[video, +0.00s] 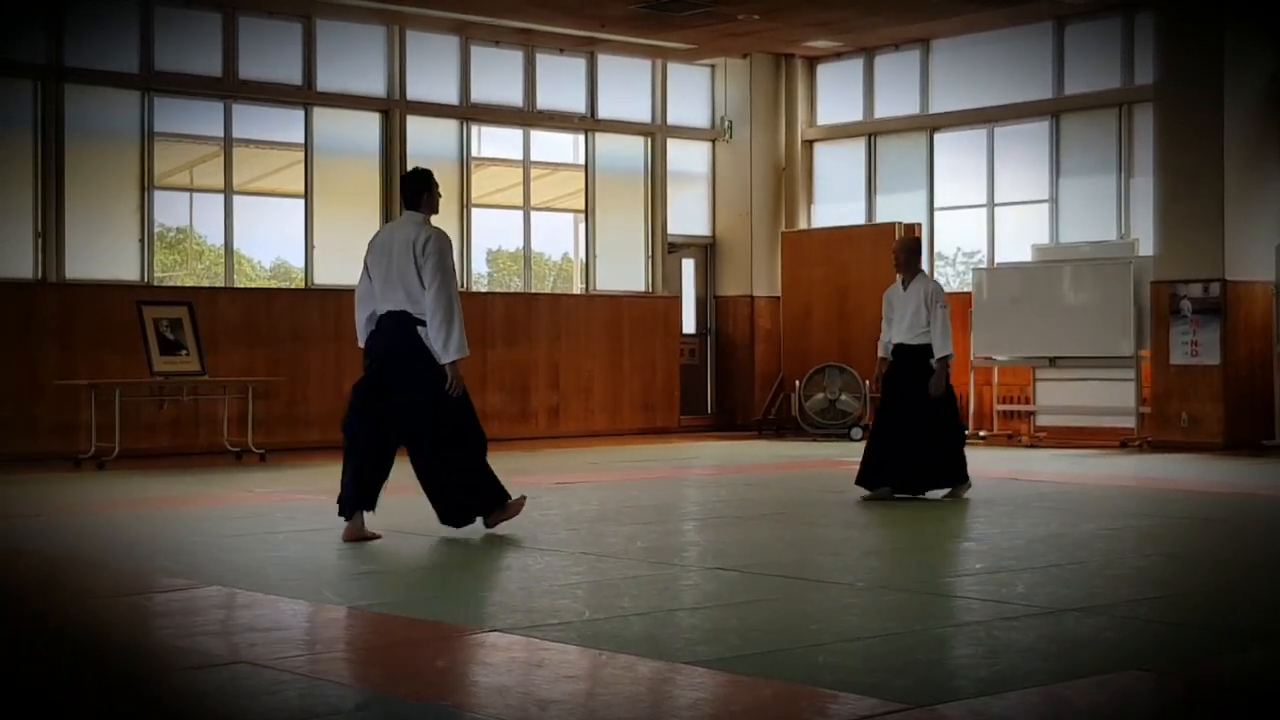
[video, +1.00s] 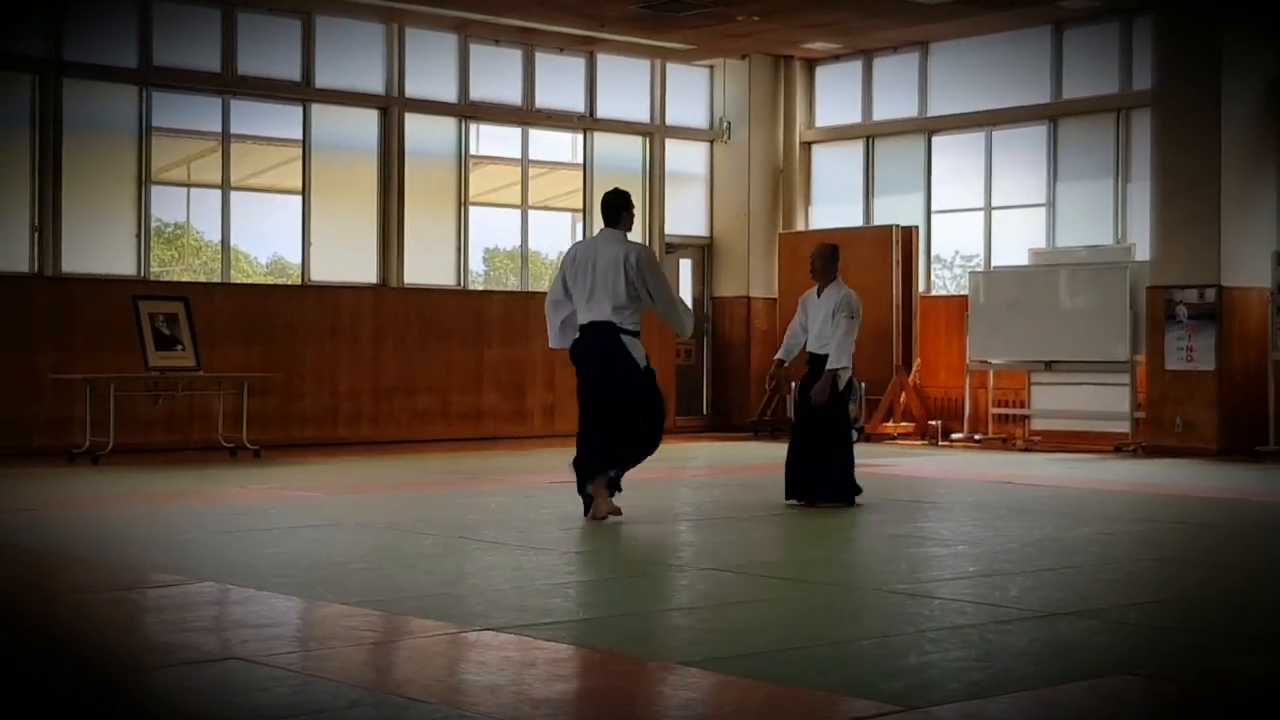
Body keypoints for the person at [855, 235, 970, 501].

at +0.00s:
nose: (895, 259)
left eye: (900, 254)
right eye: (894, 254)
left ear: (915, 257)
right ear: (895, 258)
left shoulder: (931, 289)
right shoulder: (890, 293)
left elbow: (941, 330)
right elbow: (886, 330)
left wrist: (941, 369)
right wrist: (881, 363)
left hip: (925, 359)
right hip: (898, 360)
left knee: (939, 421)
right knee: (890, 421)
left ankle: (959, 479)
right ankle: (884, 484)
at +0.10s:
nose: (881, 257)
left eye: (885, 252)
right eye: (880, 252)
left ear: (901, 255)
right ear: (884, 256)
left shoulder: (919, 287)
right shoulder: (877, 292)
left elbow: (927, 330)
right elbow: (870, 330)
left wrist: (926, 369)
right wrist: (866, 366)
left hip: (909, 358)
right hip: (882, 359)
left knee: (917, 421)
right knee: (881, 422)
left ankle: (949, 469)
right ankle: (882, 487)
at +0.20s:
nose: (870, 255)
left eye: (875, 251)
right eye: (869, 251)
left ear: (890, 253)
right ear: (873, 255)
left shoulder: (908, 284)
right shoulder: (866, 289)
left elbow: (915, 326)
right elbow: (858, 327)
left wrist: (911, 367)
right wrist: (852, 365)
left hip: (897, 354)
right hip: (873, 355)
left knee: (896, 416)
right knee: (872, 418)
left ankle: (926, 467)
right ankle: (880, 485)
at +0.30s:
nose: (860, 254)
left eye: (865, 249)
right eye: (860, 249)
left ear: (881, 252)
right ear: (864, 253)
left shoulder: (898, 285)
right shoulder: (858, 289)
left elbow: (905, 326)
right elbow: (848, 327)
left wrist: (900, 364)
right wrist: (836, 367)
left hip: (888, 355)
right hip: (864, 355)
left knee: (885, 418)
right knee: (864, 418)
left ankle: (892, 480)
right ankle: (875, 484)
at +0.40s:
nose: (853, 255)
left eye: (858, 251)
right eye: (852, 251)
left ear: (874, 253)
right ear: (855, 255)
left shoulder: (889, 286)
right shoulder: (849, 290)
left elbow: (895, 328)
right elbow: (839, 326)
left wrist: (888, 367)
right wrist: (826, 363)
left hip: (881, 356)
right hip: (855, 356)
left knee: (878, 421)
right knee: (850, 420)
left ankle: (883, 487)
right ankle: (851, 485)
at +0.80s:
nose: (825, 258)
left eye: (830, 254)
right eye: (825, 254)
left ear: (846, 257)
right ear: (829, 258)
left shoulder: (860, 289)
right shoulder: (820, 292)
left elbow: (858, 333)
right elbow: (811, 330)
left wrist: (846, 371)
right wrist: (798, 365)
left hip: (849, 361)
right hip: (826, 360)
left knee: (842, 426)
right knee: (817, 423)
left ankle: (845, 489)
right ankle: (821, 489)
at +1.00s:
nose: (810, 265)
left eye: (815, 261)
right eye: (810, 261)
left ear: (831, 264)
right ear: (817, 264)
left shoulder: (846, 298)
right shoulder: (807, 298)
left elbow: (844, 342)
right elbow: (796, 333)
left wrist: (828, 378)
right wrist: (778, 363)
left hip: (836, 369)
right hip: (813, 368)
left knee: (832, 433)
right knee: (807, 430)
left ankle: (838, 492)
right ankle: (811, 491)